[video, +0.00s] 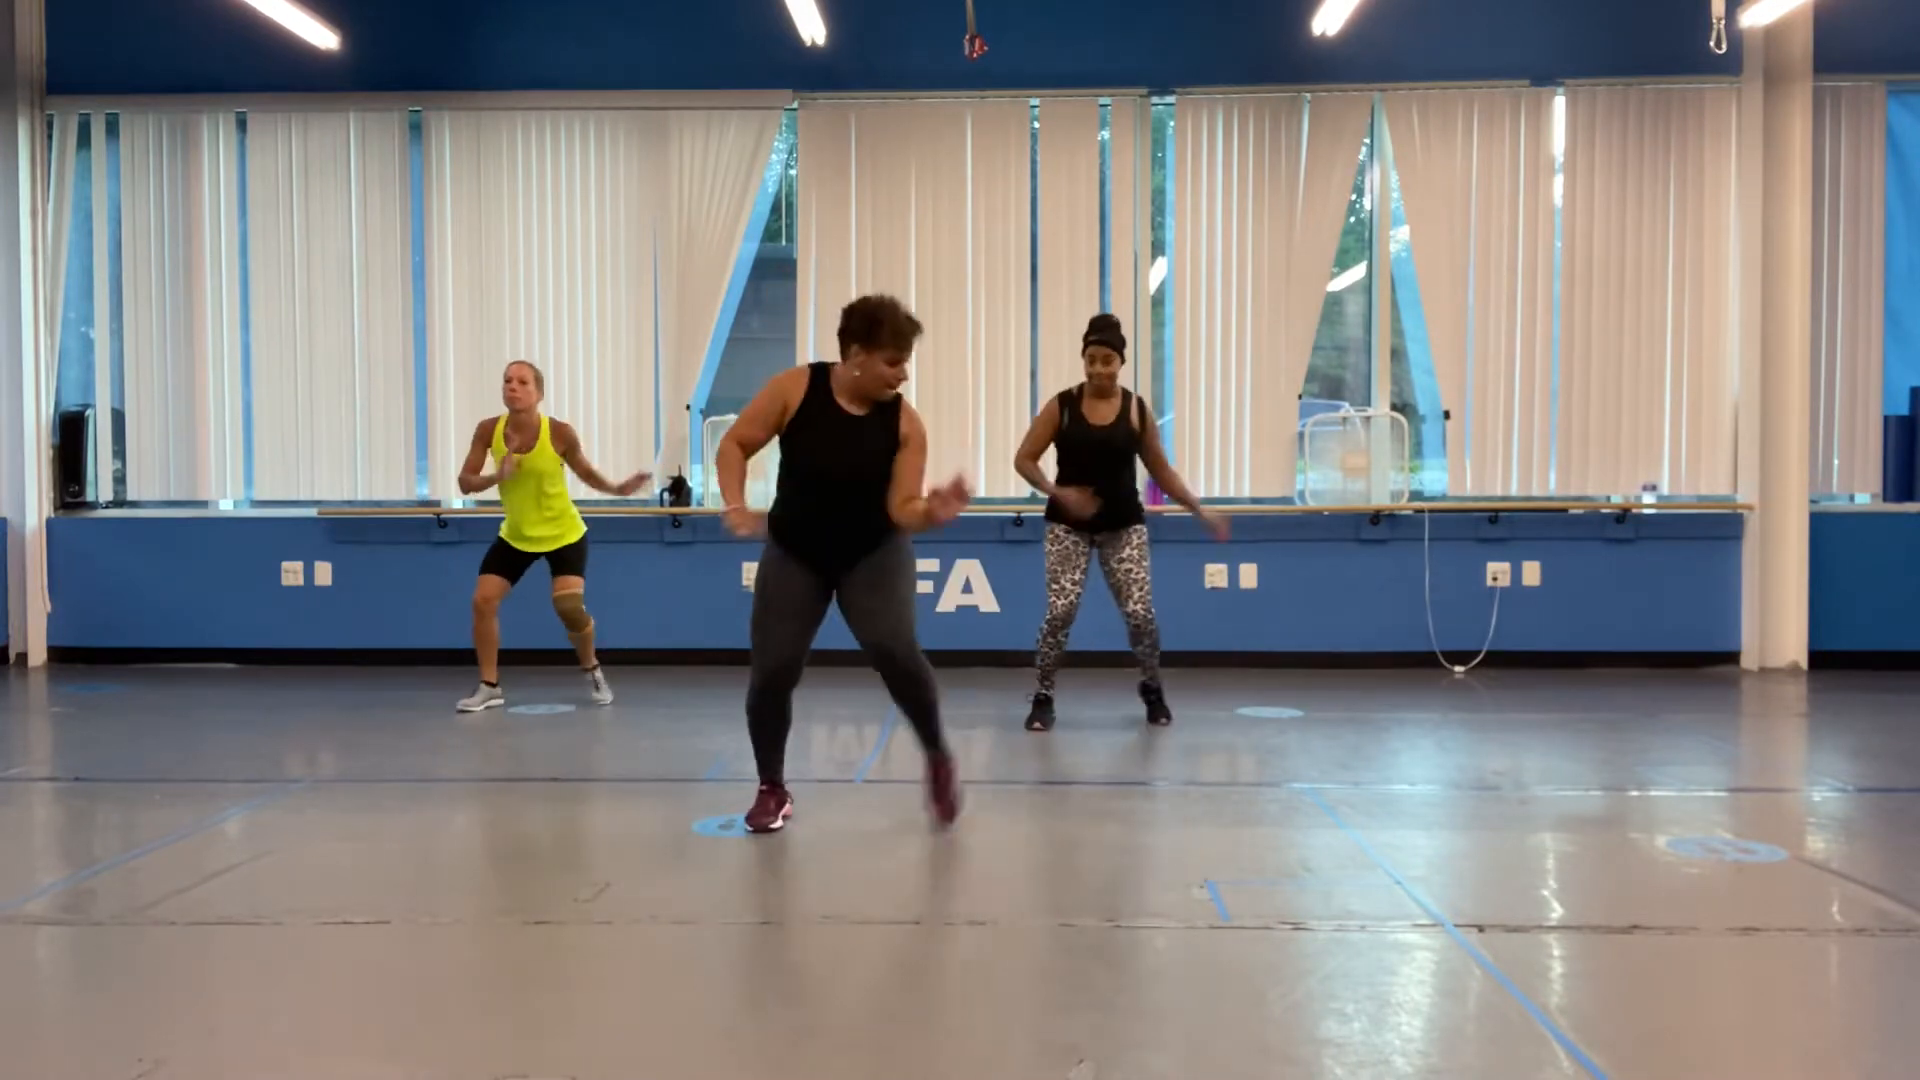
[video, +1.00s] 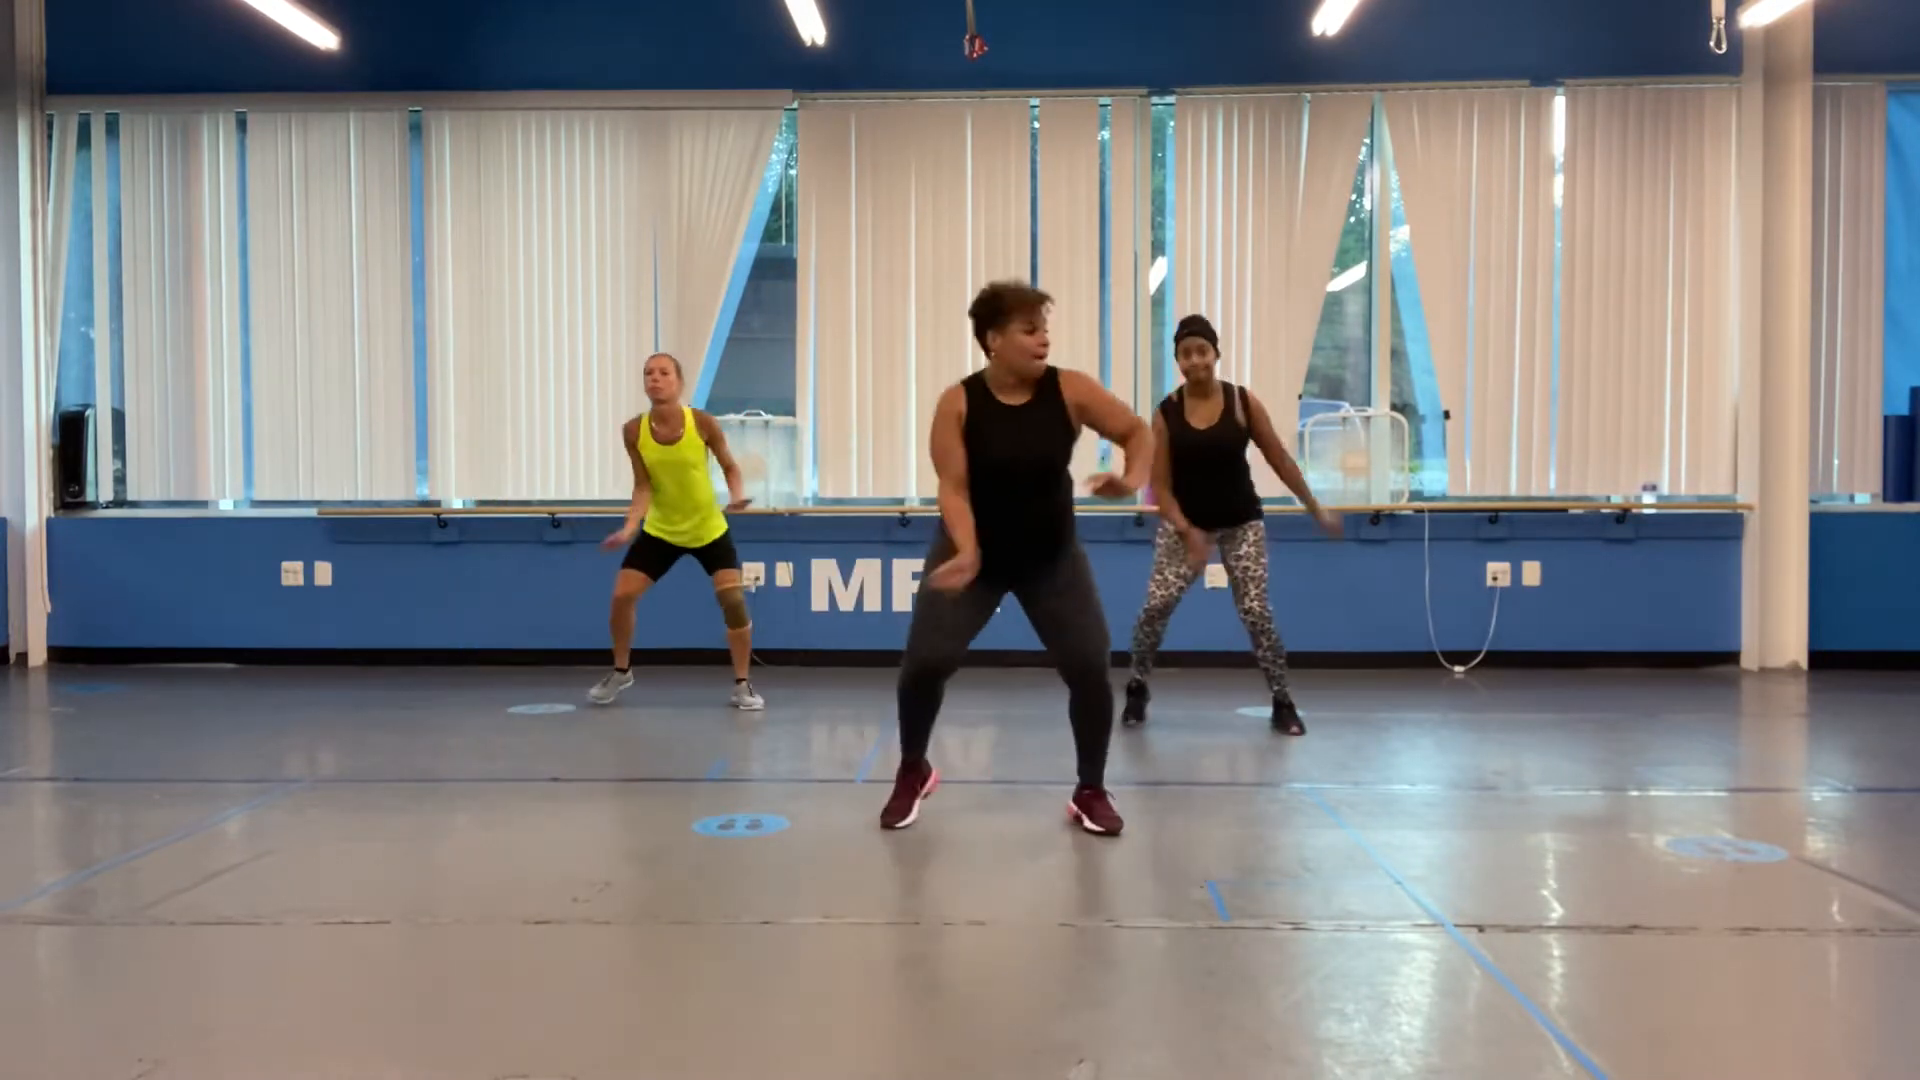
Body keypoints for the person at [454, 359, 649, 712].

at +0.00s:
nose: (513, 387)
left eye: (522, 383)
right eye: (508, 382)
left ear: (538, 393)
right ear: (502, 390)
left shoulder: (559, 432)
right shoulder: (489, 430)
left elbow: (587, 473)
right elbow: (465, 483)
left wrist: (616, 488)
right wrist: (497, 476)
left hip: (563, 531)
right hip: (517, 532)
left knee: (568, 604)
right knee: (483, 600)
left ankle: (592, 671)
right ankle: (489, 686)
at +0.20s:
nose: (554, 381)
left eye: (562, 375)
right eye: (548, 376)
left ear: (579, 384)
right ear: (542, 384)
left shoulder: (599, 428)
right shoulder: (528, 419)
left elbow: (603, 483)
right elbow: (495, 447)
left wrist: (583, 490)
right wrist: (482, 488)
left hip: (581, 526)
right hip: (532, 524)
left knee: (618, 590)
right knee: (499, 600)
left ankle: (637, 676)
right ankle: (487, 684)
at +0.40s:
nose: (596, 380)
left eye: (604, 373)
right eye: (590, 375)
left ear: (621, 381)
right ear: (585, 383)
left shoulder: (642, 424)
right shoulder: (576, 419)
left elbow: (646, 479)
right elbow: (550, 444)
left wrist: (593, 471)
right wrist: (504, 446)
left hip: (626, 526)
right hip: (580, 523)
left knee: (650, 600)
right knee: (539, 595)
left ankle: (646, 684)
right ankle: (544, 674)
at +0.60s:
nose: (632, 377)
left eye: (639, 371)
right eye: (626, 373)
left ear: (656, 377)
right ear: (621, 382)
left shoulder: (676, 417)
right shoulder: (611, 412)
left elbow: (668, 462)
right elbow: (575, 427)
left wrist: (620, 444)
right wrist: (524, 425)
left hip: (652, 522)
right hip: (606, 520)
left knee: (688, 589)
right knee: (579, 598)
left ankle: (693, 675)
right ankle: (586, 679)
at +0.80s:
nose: (662, 385)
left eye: (669, 378)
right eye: (655, 381)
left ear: (686, 386)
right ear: (649, 391)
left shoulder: (710, 423)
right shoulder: (643, 432)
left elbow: (717, 464)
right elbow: (618, 473)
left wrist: (666, 455)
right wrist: (567, 464)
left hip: (697, 532)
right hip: (649, 532)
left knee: (734, 598)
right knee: (614, 608)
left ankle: (737, 687)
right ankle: (598, 665)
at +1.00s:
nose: (656, 379)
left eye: (664, 373)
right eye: (650, 374)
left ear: (680, 383)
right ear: (644, 385)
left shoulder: (703, 423)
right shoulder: (634, 431)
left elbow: (729, 466)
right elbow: (642, 485)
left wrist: (737, 496)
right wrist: (630, 526)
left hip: (707, 527)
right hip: (661, 529)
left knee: (732, 600)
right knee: (622, 595)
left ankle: (742, 684)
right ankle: (621, 672)